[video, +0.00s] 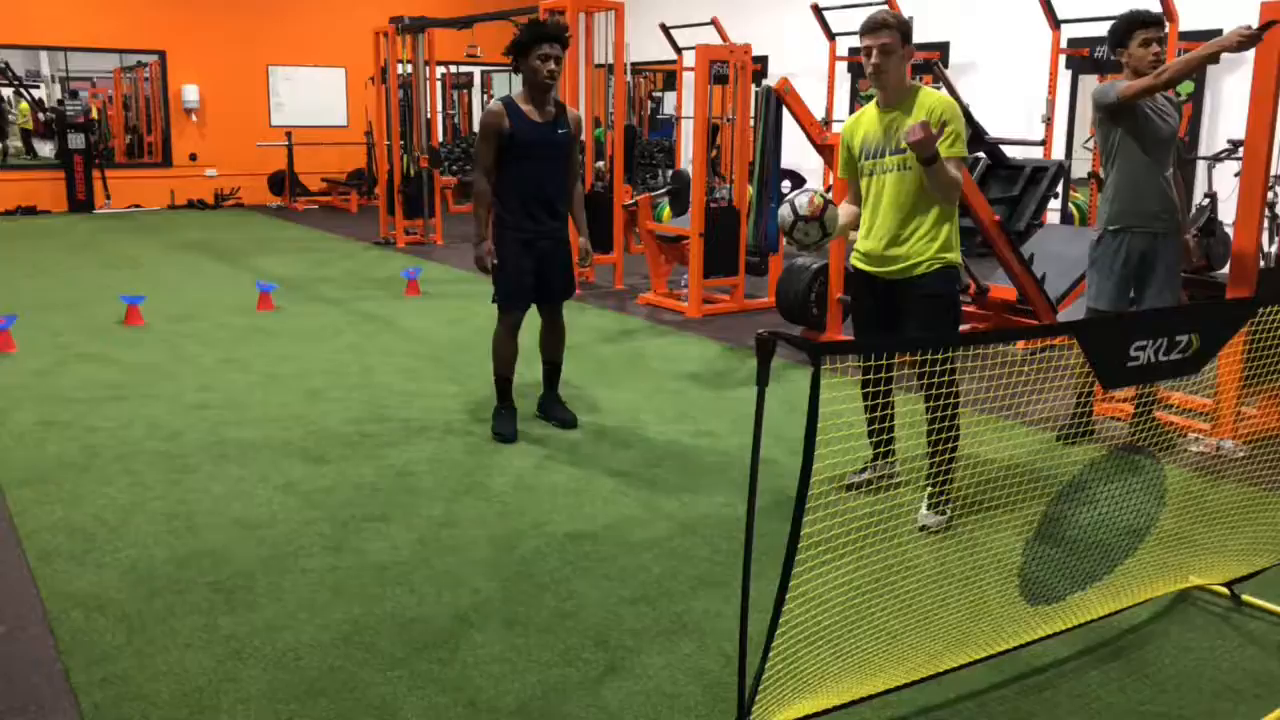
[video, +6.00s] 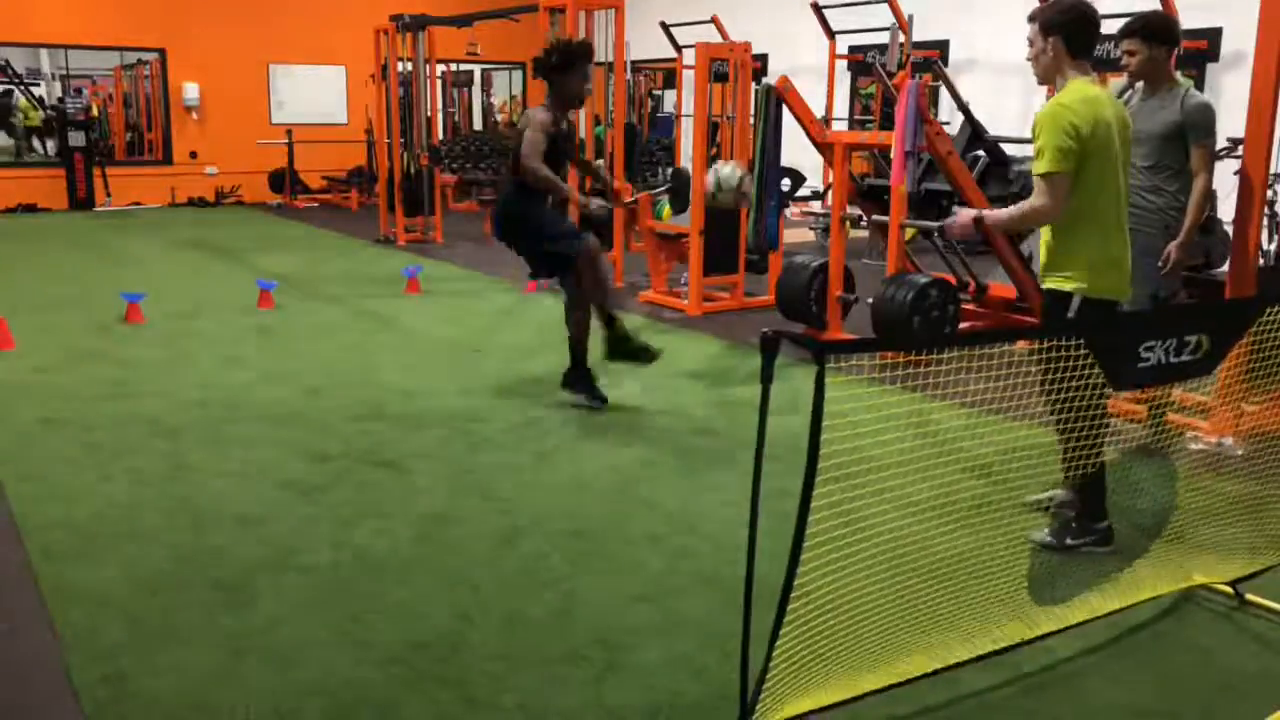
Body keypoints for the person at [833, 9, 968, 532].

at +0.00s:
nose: (873, 61)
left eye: (884, 51)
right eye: (866, 53)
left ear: (908, 55)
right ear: (859, 60)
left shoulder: (941, 109)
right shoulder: (854, 127)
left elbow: (951, 195)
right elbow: (850, 203)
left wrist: (929, 157)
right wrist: (822, 226)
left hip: (930, 264)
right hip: (872, 265)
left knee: (935, 378)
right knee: (874, 371)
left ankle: (938, 491)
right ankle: (882, 462)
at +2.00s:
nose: (1010, 50)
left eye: (1018, 41)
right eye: (1012, 41)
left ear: (1045, 46)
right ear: (1055, 47)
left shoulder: (1045, 98)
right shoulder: (1080, 96)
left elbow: (1069, 183)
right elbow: (1096, 179)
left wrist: (1003, 207)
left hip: (1050, 272)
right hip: (1076, 270)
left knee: (1027, 381)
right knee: (1054, 377)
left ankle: (1092, 511)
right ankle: (1072, 482)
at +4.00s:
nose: (929, 75)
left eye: (941, 65)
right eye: (923, 65)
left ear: (970, 63)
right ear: (918, 67)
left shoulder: (1008, 115)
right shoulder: (924, 132)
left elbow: (1065, 179)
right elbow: (901, 191)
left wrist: (1033, 240)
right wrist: (844, 188)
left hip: (1016, 281)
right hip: (950, 280)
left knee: (1031, 392)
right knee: (920, 375)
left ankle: (1060, 511)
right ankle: (917, 475)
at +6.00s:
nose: (1027, 54)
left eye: (1031, 42)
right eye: (1029, 42)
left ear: (1052, 45)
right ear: (1076, 46)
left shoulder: (1060, 111)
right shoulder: (1111, 107)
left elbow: (1049, 204)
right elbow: (1093, 197)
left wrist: (980, 220)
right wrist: (1015, 215)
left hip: (1072, 280)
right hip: (1105, 277)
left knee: (1069, 396)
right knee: (1082, 389)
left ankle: (1091, 520)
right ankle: (1081, 491)